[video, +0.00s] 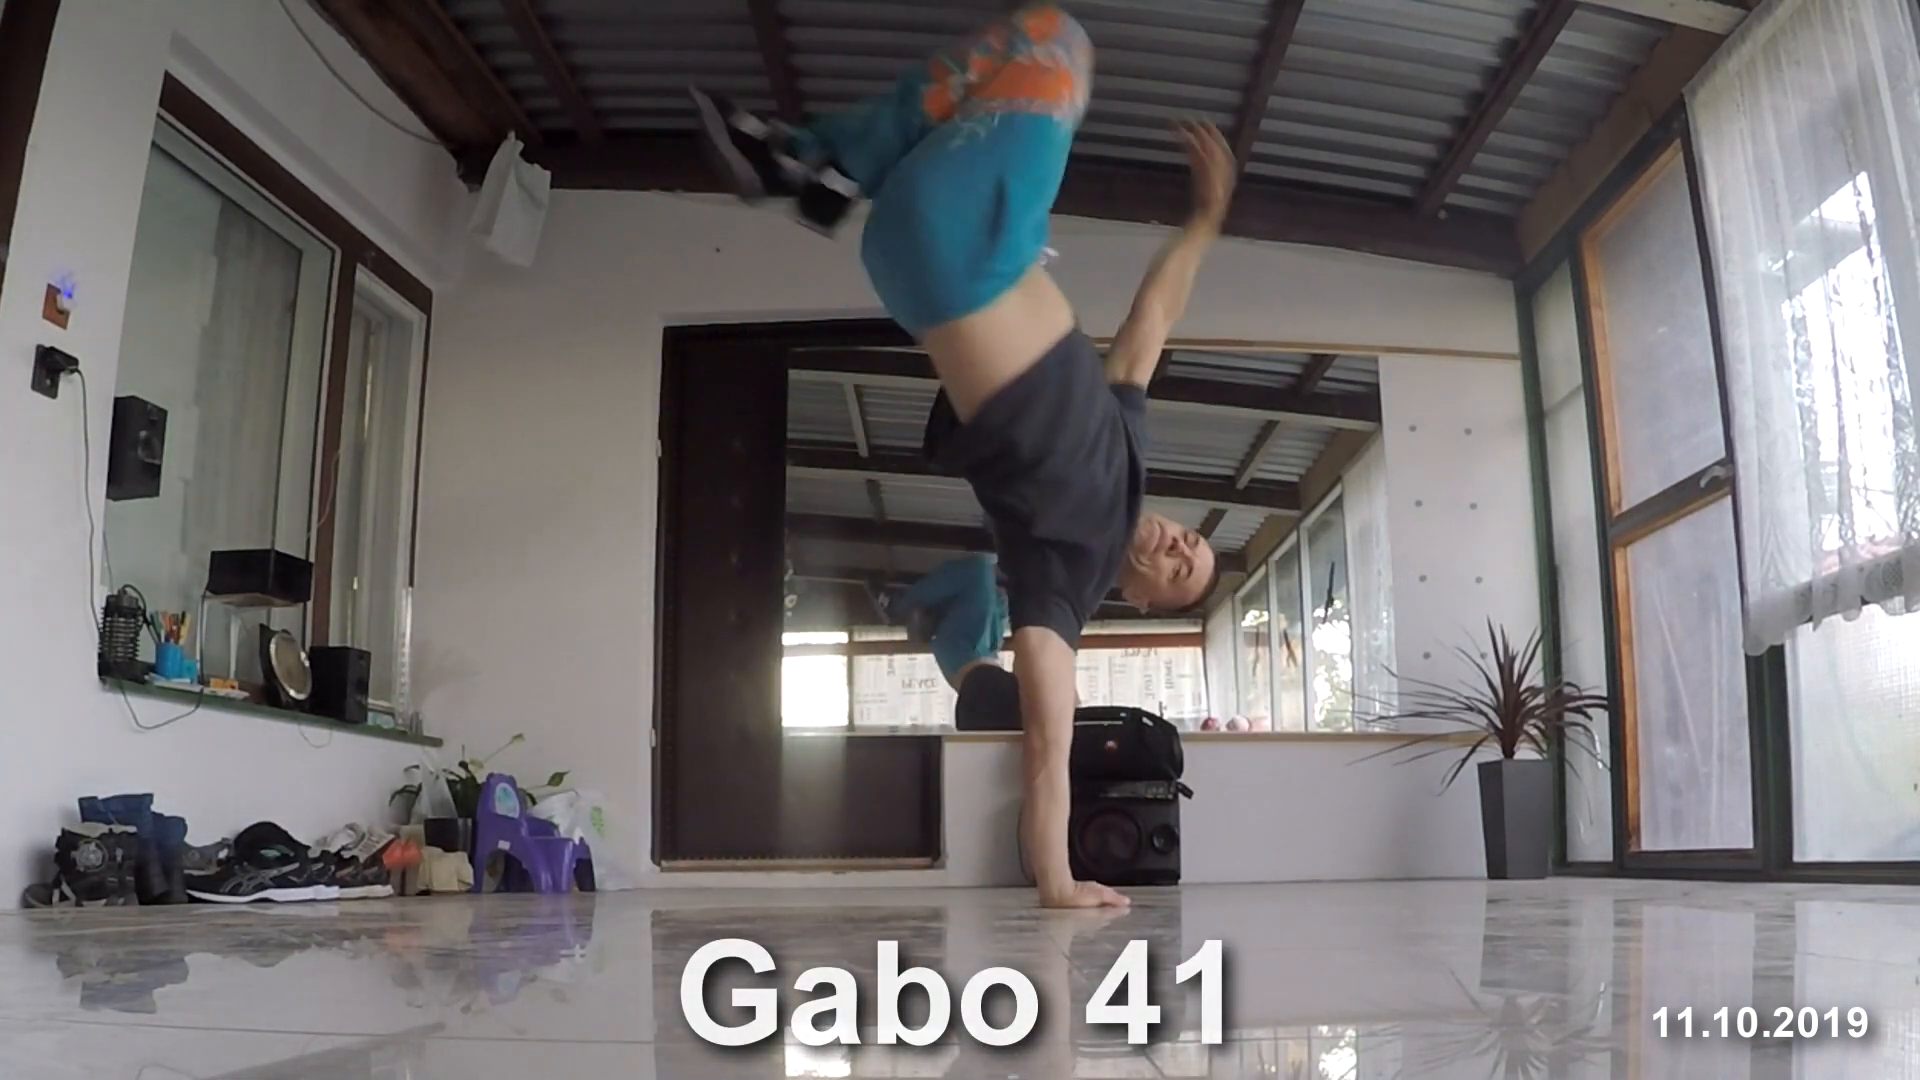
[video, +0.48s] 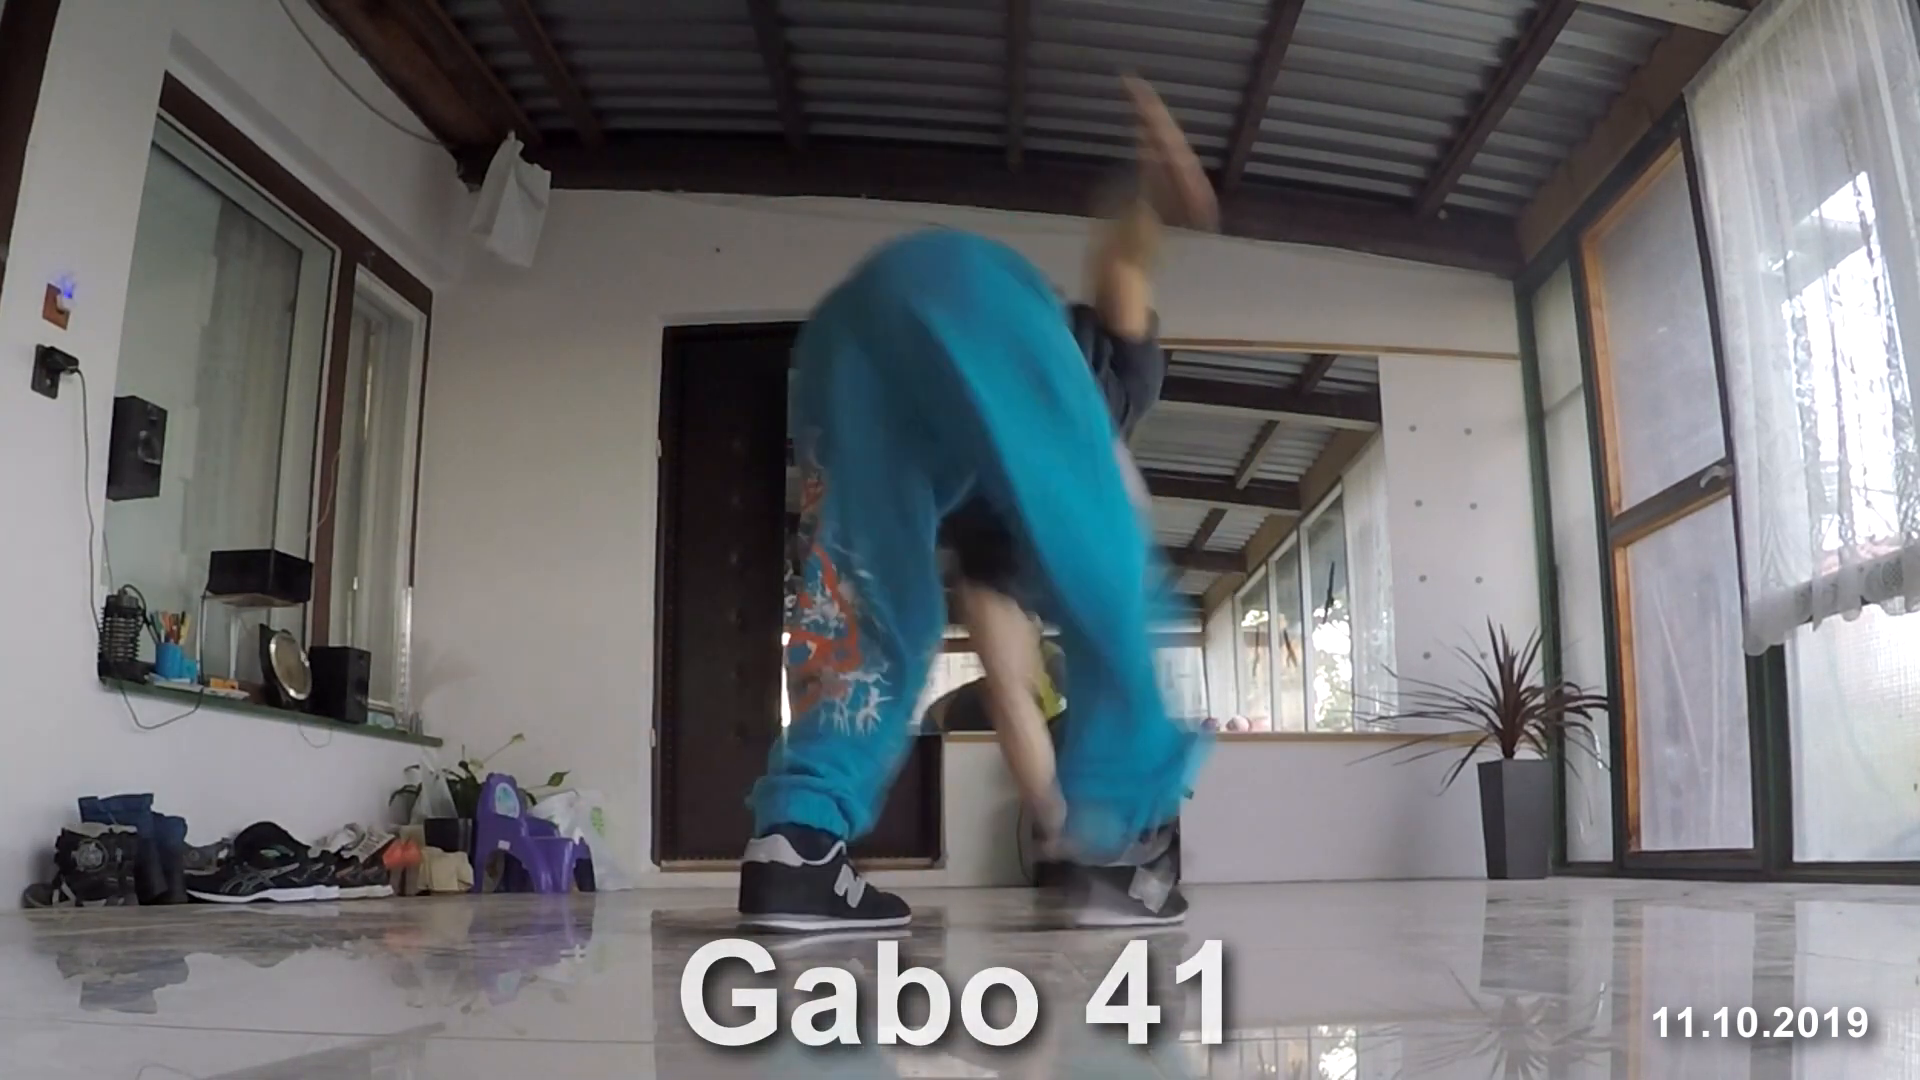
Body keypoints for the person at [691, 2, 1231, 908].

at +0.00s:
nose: (1177, 549)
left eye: (1180, 575)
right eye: (1190, 546)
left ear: (1152, 600)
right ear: (1179, 515)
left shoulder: (1063, 576)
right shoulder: (1127, 430)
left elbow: (1048, 743)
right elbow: (1155, 308)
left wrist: (1055, 886)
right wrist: (1209, 215)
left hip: (944, 267)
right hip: (984, 233)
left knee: (1051, 46)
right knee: (1021, 48)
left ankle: (830, 169)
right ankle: (810, 160)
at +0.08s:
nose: (1184, 572)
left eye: (1182, 596)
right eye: (1196, 569)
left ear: (1147, 614)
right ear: (1188, 545)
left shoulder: (1059, 580)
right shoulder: (1133, 466)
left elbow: (1041, 746)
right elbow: (1149, 351)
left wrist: (1053, 883)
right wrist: (1190, 270)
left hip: (970, 273)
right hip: (1013, 244)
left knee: (1010, 30)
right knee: (935, 56)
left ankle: (708, 76)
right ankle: (785, 142)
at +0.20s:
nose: (1193, 595)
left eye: (1186, 620)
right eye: (1206, 597)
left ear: (1157, 629)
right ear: (1207, 567)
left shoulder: (1070, 586)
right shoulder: (1163, 483)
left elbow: (1053, 751)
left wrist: (1059, 889)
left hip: (983, 323)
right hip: (1030, 262)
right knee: (889, 35)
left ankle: (656, 70)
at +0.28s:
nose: (1198, 598)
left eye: (1189, 625)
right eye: (1212, 599)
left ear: (1157, 635)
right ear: (1210, 566)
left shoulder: (1058, 590)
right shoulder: (1170, 466)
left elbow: (1045, 753)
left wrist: (1059, 888)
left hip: (929, 355)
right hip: (986, 257)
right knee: (991, 98)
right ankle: (751, 15)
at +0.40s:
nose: (1171, 574)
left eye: (1169, 592)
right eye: (1186, 568)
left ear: (1137, 585)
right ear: (1183, 528)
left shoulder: (1039, 560)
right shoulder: (1155, 400)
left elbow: (1041, 729)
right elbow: (1084, 242)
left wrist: (1058, 881)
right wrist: (1041, 114)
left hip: (849, 355)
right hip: (917, 255)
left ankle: (787, 841)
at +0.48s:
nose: (1122, 518)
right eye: (1133, 508)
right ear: (1135, 465)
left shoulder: (979, 544)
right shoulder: (1115, 398)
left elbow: (1010, 688)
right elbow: (1121, 262)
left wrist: (1048, 822)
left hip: (829, 349)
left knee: (891, 647)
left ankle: (792, 849)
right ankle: (1109, 849)